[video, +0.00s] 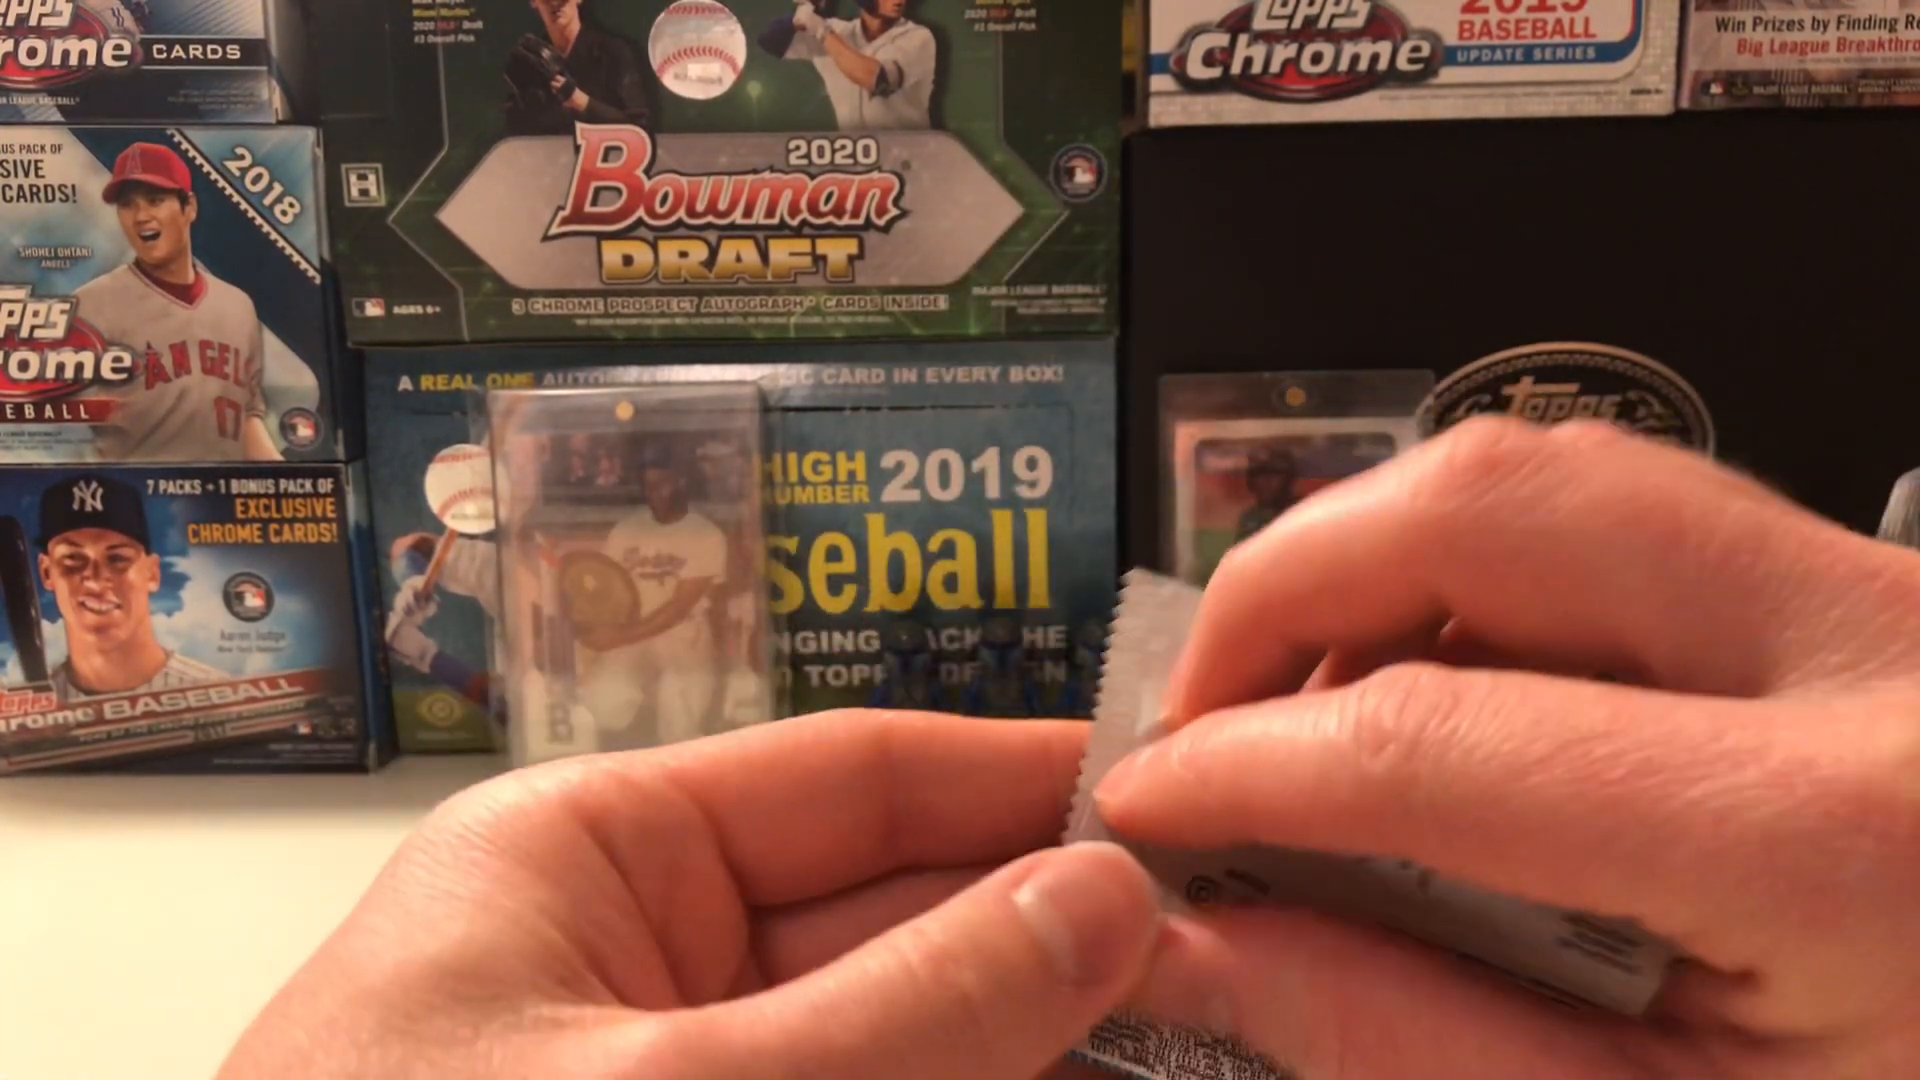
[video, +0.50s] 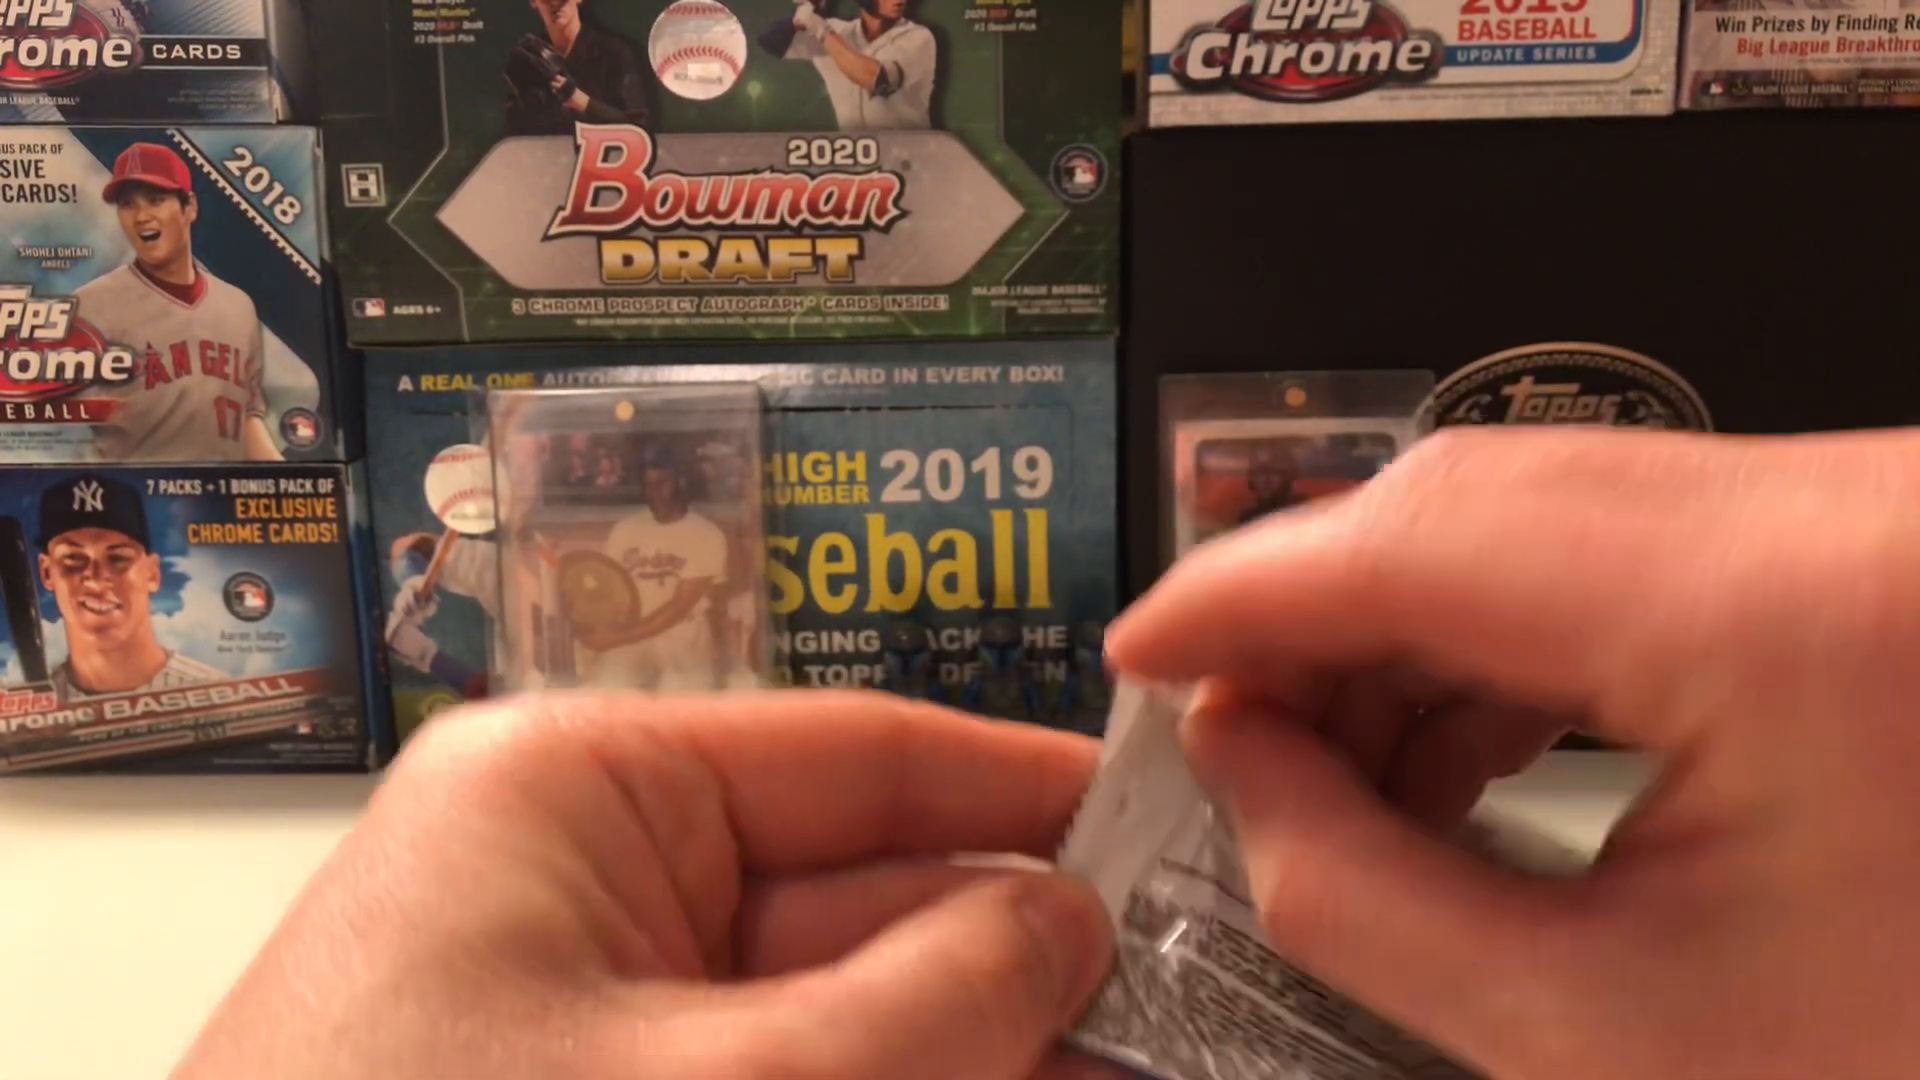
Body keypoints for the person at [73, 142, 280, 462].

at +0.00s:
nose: (142, 216)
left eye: (156, 200)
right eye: (129, 203)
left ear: (189, 209)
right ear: (118, 216)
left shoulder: (238, 306)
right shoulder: (91, 306)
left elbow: (248, 414)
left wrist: (282, 480)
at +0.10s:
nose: (143, 216)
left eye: (156, 200)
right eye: (128, 203)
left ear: (189, 210)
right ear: (118, 217)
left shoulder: (238, 306)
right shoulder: (91, 306)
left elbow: (248, 414)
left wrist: (282, 481)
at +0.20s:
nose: (142, 216)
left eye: (156, 200)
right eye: (128, 204)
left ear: (189, 210)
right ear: (118, 217)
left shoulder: (238, 307)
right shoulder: (91, 306)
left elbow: (248, 414)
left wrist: (282, 481)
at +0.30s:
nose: (143, 216)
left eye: (156, 200)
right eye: (128, 203)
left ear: (189, 209)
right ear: (118, 217)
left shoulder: (238, 306)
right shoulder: (91, 306)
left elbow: (248, 414)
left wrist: (282, 482)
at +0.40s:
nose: (143, 216)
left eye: (156, 199)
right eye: (129, 203)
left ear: (189, 209)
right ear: (118, 217)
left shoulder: (239, 306)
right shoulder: (90, 307)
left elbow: (248, 413)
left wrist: (282, 483)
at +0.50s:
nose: (143, 216)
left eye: (156, 199)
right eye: (129, 203)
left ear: (189, 209)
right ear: (118, 217)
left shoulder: (238, 306)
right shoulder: (91, 307)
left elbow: (248, 414)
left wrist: (283, 482)